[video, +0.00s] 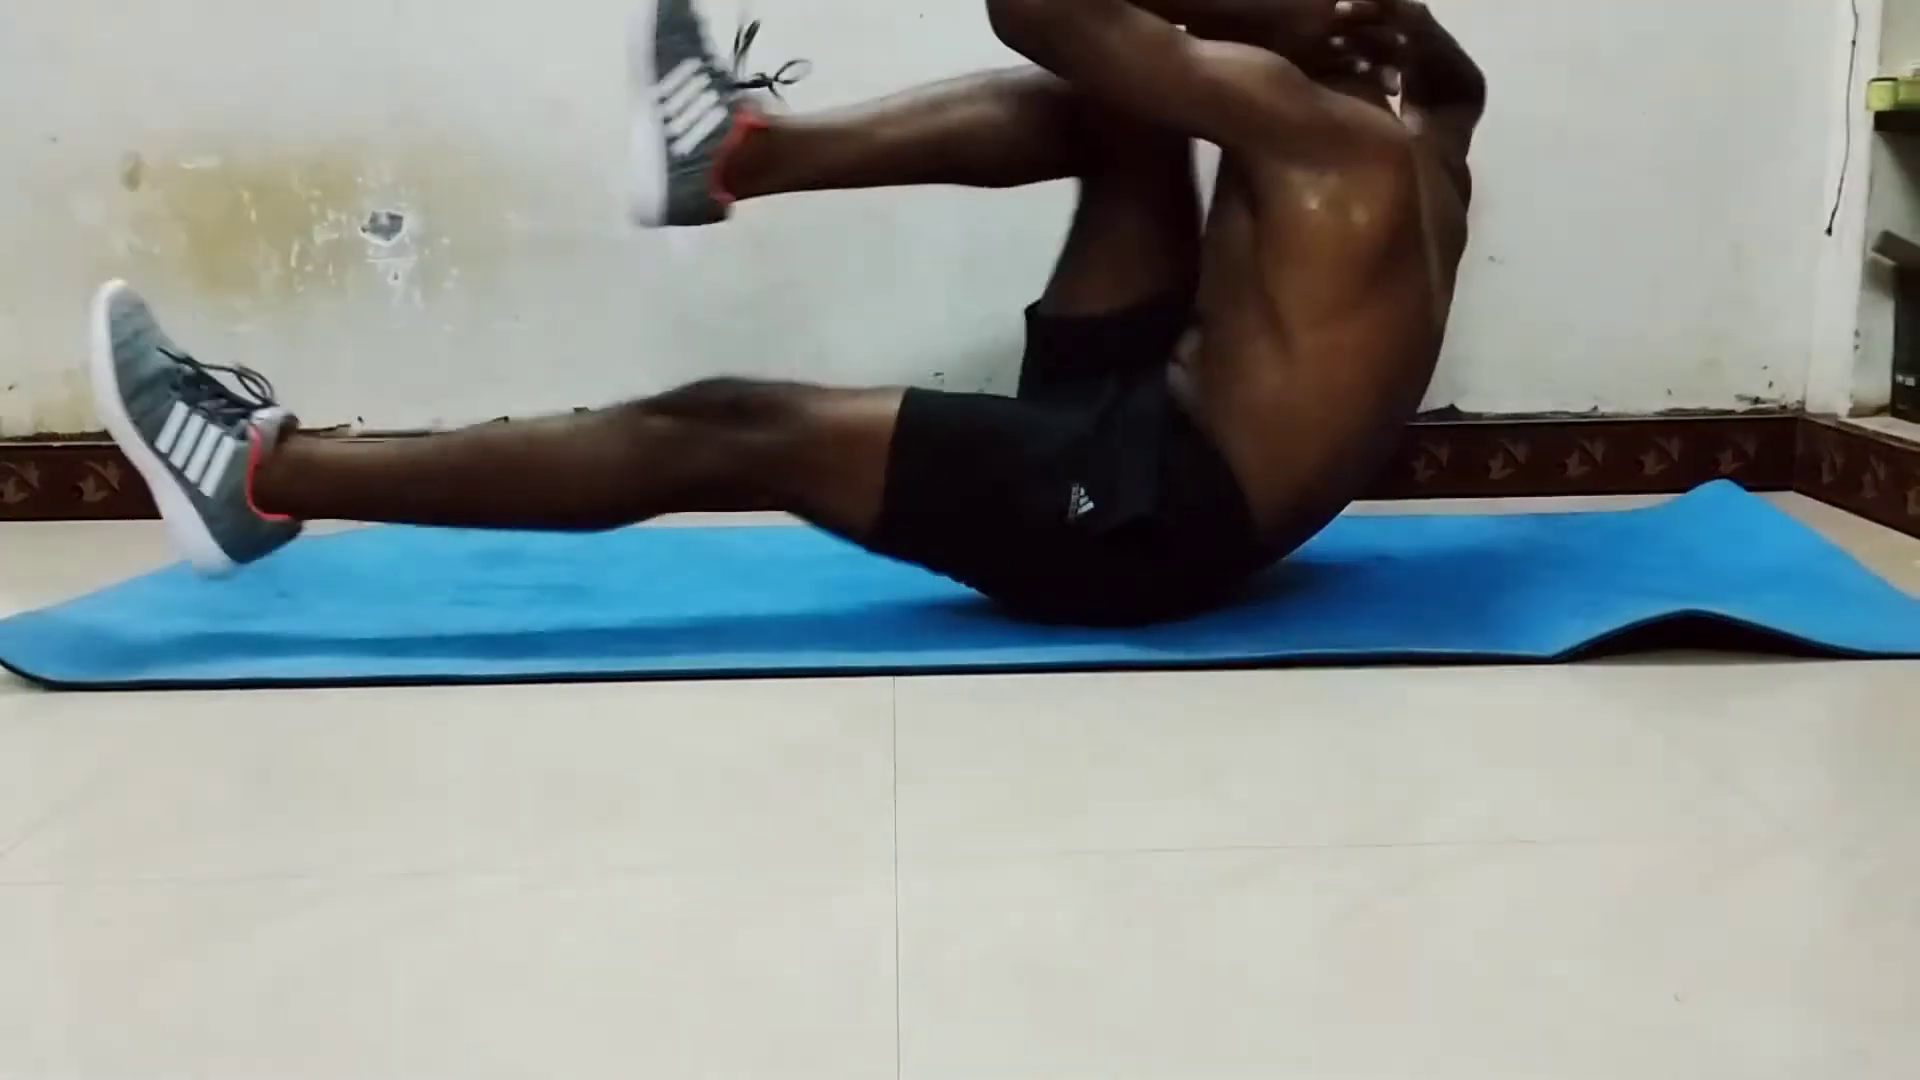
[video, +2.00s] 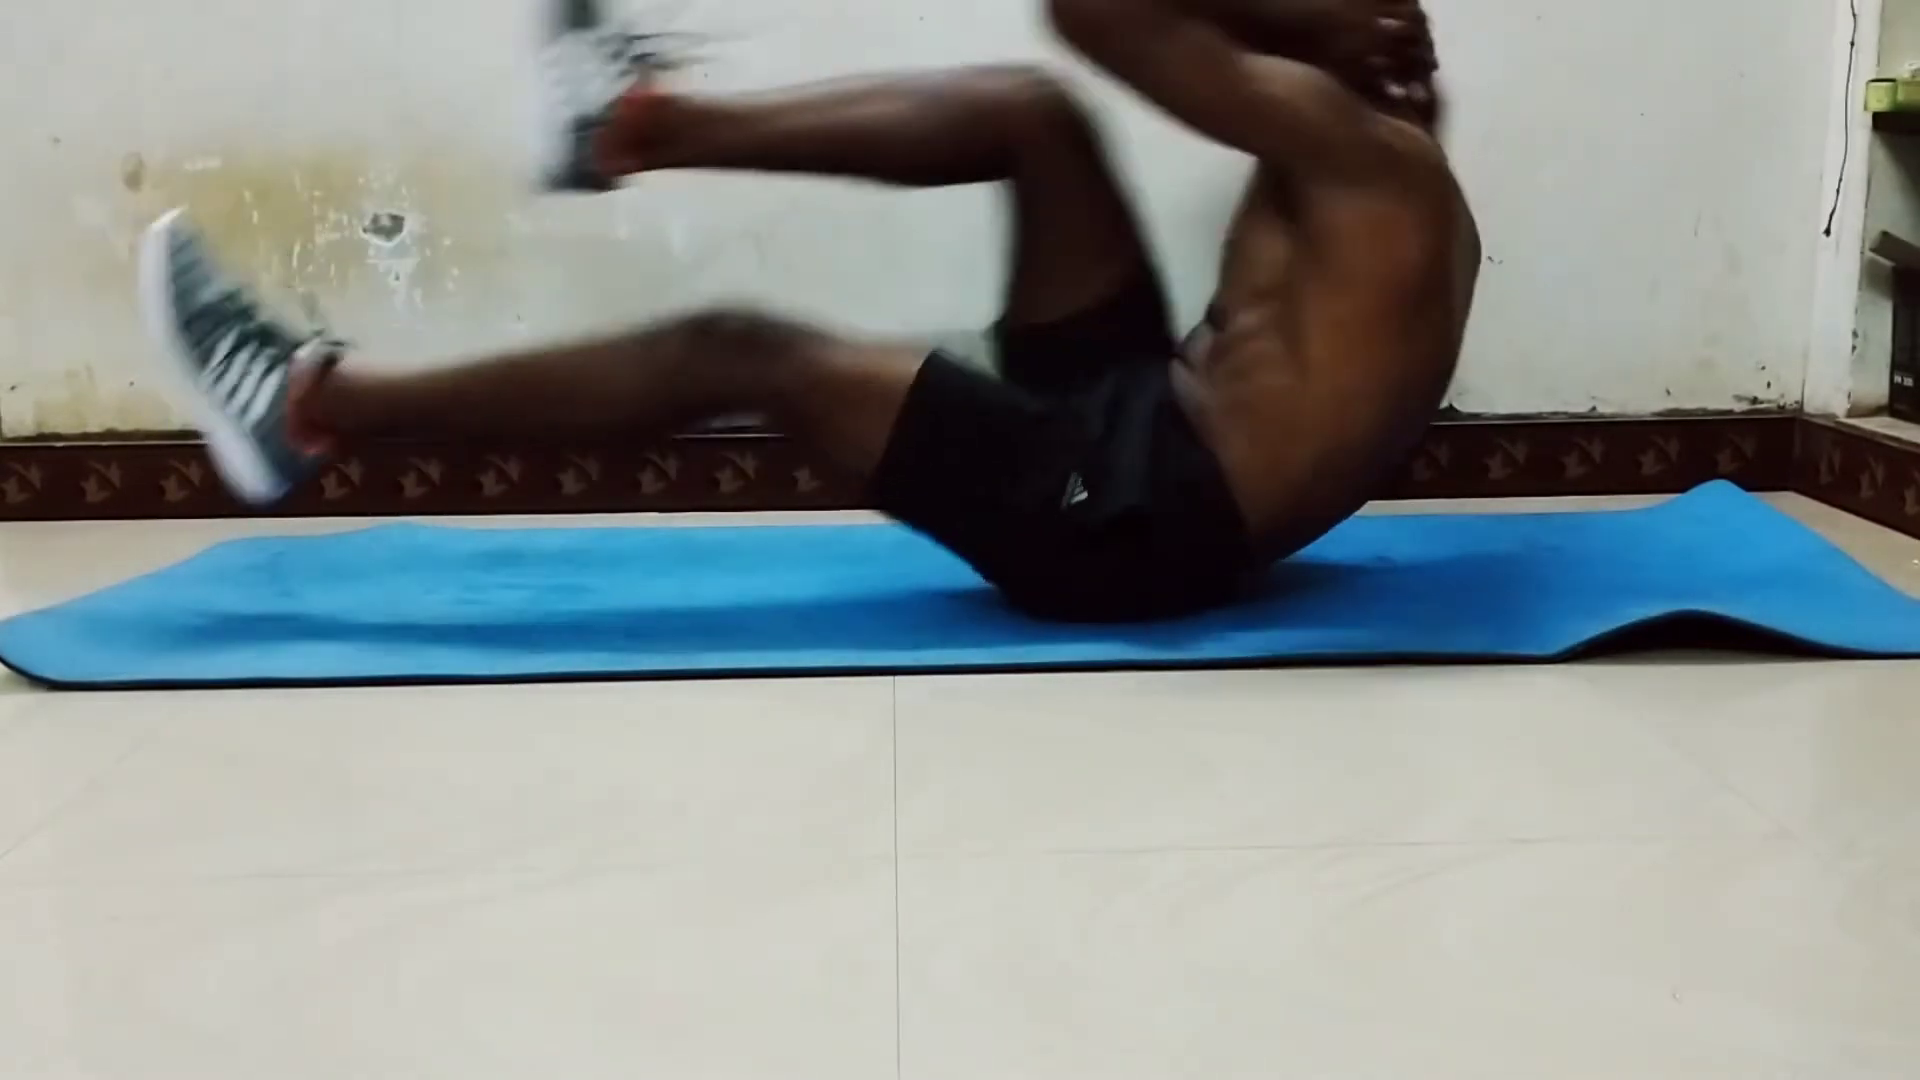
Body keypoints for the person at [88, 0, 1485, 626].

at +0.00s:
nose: (1233, 31)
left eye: (1248, 20)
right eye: (1247, 19)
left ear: (1321, 34)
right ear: (1372, 43)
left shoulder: (1329, 115)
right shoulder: (1407, 137)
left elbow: (1081, 53)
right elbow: (1149, 82)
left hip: (1131, 507)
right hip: (1148, 432)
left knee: (720, 429)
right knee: (1118, 111)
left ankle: (260, 474)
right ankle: (739, 155)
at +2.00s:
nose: (1264, 59)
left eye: (1286, 32)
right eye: (1309, 29)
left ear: (1336, 45)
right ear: (1368, 53)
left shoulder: (1356, 142)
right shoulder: (1372, 163)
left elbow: (1097, 13)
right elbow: (1128, 25)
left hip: (1127, 510)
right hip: (1137, 423)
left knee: (739, 354)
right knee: (1040, 115)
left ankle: (303, 410)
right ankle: (644, 125)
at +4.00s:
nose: (1468, 52)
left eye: (1448, 32)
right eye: (1450, 31)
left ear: (1405, 64)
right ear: (1407, 62)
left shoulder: (1438, 204)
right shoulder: (1396, 204)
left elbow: (1242, 44)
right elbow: (1248, 47)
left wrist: (1389, 26)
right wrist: (1376, 31)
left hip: (1159, 515)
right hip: (1140, 482)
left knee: (864, 193)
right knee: (862, 187)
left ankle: (487, 332)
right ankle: (495, 281)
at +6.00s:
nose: (1252, 83)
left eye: (1283, 54)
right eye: (1245, 60)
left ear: (1381, 51)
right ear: (1264, 60)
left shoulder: (1440, 185)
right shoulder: (1239, 165)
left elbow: (1561, 33)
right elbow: (1078, 100)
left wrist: (1431, 42)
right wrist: (1218, 37)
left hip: (1136, 505)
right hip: (1054, 459)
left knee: (1073, 110)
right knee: (738, 370)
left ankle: (689, 174)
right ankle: (373, 411)